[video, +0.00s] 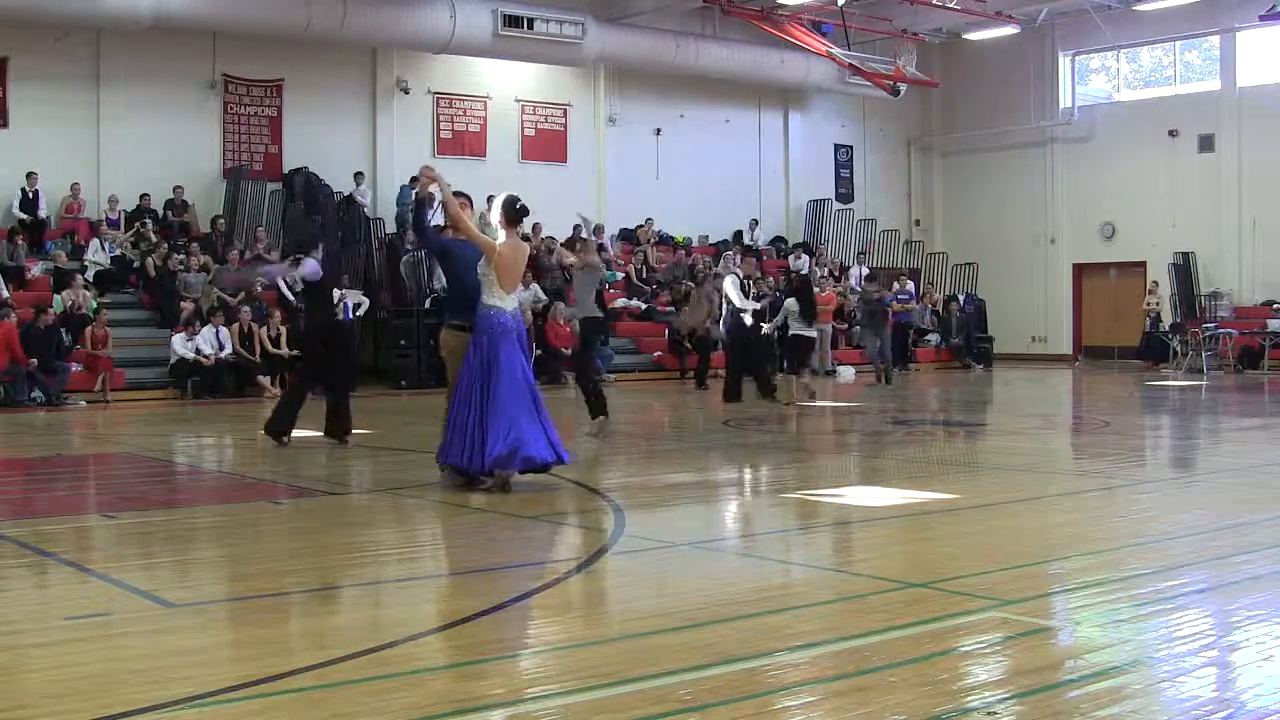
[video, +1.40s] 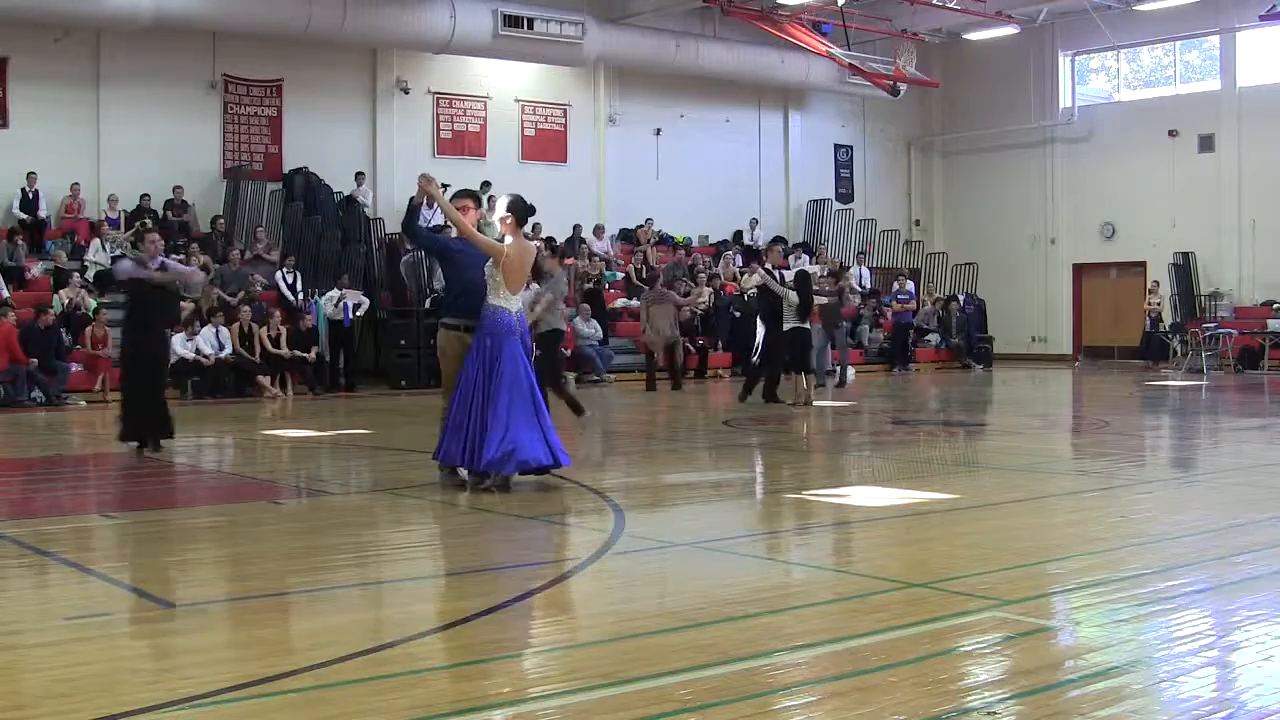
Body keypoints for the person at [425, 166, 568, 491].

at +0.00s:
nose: (490, 214)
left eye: (493, 209)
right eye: (492, 209)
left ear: (500, 216)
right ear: (517, 217)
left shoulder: (497, 248)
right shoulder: (523, 247)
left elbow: (459, 222)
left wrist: (441, 183)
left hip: (491, 323)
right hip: (512, 322)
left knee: (491, 393)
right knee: (507, 391)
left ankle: (494, 463)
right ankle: (505, 462)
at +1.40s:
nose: (494, 216)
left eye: (498, 212)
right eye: (496, 212)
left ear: (509, 219)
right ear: (520, 219)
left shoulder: (502, 250)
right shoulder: (531, 249)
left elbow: (464, 228)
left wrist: (438, 195)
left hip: (496, 322)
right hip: (517, 322)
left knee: (493, 393)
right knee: (510, 393)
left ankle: (493, 463)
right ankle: (504, 462)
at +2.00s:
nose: (494, 231)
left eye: (497, 225)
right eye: (495, 225)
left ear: (509, 227)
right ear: (514, 227)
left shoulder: (503, 257)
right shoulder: (528, 254)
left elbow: (457, 274)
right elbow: (520, 285)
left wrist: (430, 251)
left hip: (500, 330)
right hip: (518, 328)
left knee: (460, 381)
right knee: (512, 394)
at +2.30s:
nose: (489, 215)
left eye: (496, 213)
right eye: (490, 211)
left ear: (507, 222)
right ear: (494, 218)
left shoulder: (495, 251)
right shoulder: (496, 249)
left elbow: (455, 236)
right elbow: (458, 235)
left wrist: (422, 208)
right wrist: (428, 210)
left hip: (488, 332)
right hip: (490, 329)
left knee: (469, 396)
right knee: (491, 396)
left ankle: (471, 466)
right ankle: (497, 463)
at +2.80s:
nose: (465, 223)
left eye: (472, 219)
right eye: (465, 218)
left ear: (487, 225)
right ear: (467, 222)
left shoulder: (480, 253)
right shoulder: (469, 249)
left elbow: (439, 244)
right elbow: (437, 241)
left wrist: (403, 221)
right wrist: (406, 225)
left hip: (476, 331)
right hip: (474, 328)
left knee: (465, 398)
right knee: (491, 397)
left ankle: (464, 469)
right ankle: (509, 465)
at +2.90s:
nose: (453, 227)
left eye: (459, 223)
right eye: (453, 222)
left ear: (475, 226)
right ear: (457, 225)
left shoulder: (469, 256)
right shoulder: (461, 255)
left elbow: (427, 244)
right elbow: (424, 242)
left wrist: (389, 219)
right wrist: (394, 225)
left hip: (469, 332)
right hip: (462, 330)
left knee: (459, 397)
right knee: (462, 397)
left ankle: (464, 467)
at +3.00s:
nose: (439, 226)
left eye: (445, 221)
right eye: (440, 220)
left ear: (461, 227)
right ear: (445, 225)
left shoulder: (456, 258)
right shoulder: (449, 256)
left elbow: (413, 244)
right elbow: (412, 243)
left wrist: (375, 216)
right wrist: (378, 218)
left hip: (457, 333)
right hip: (448, 331)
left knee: (450, 399)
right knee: (448, 399)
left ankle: (462, 469)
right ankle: (456, 468)